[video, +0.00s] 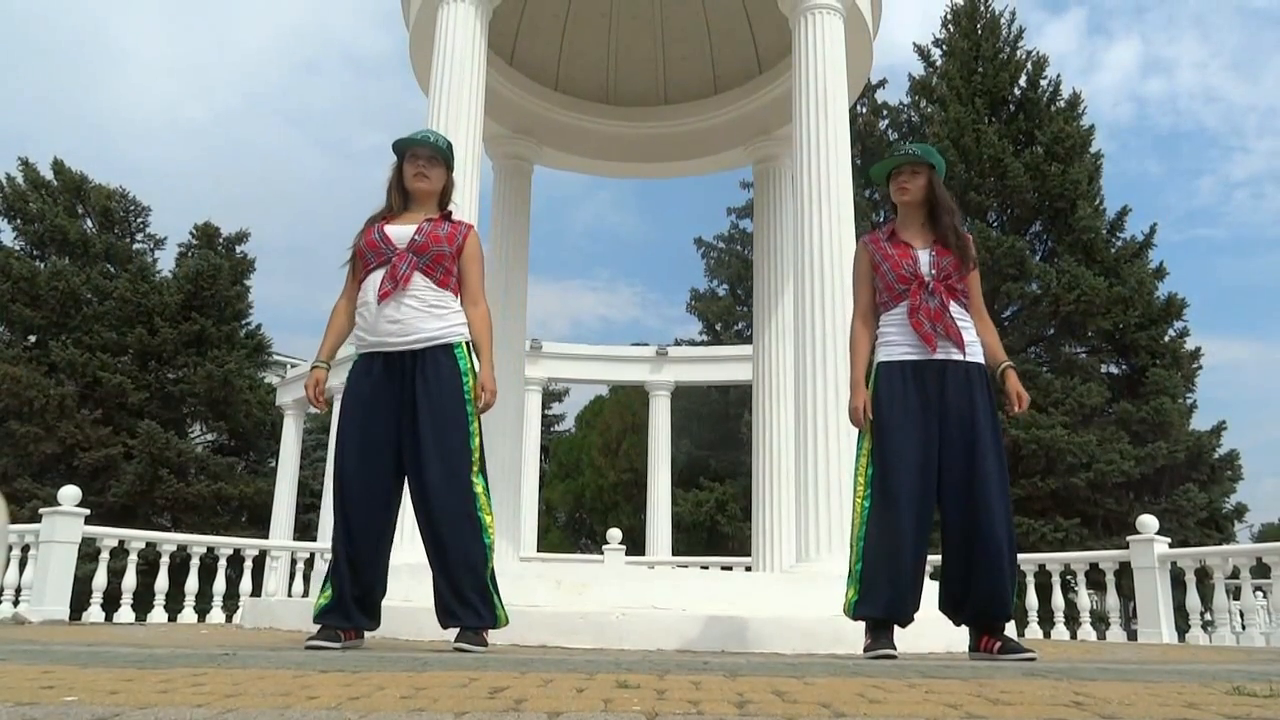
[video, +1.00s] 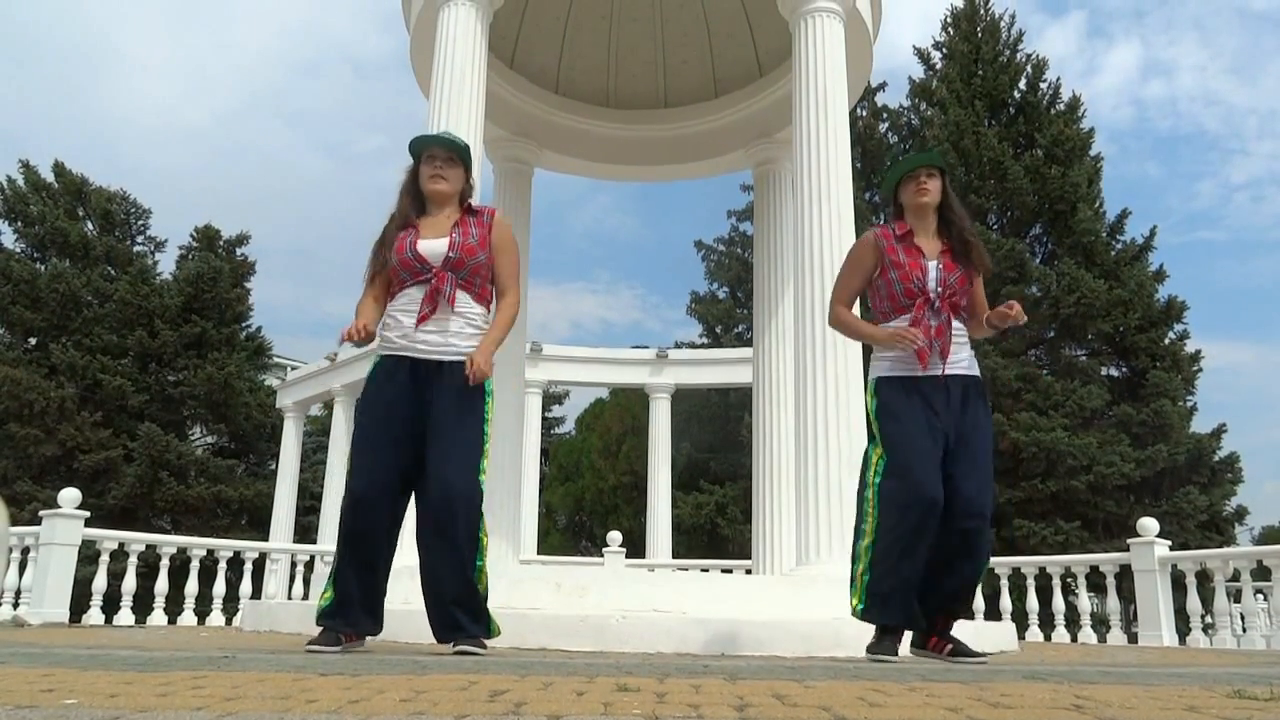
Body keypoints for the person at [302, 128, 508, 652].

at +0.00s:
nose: (421, 165)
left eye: (432, 160)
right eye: (413, 158)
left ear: (448, 174)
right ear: (399, 168)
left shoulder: (459, 232)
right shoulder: (372, 231)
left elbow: (475, 303)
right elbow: (348, 302)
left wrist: (486, 367)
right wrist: (322, 362)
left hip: (440, 366)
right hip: (373, 369)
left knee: (447, 491)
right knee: (359, 491)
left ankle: (472, 621)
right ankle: (346, 618)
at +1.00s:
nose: (437, 167)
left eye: (447, 161)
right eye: (429, 160)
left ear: (466, 175)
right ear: (415, 172)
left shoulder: (491, 225)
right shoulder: (397, 231)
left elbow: (509, 297)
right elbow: (377, 288)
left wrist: (487, 348)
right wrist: (365, 321)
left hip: (458, 375)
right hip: (394, 372)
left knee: (451, 500)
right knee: (368, 495)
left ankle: (461, 629)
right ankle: (348, 621)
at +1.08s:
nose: (437, 177)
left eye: (447, 171)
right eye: (428, 171)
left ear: (468, 184)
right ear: (415, 184)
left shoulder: (492, 235)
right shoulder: (394, 236)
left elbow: (489, 303)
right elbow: (374, 292)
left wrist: (421, 303)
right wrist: (410, 270)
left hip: (467, 379)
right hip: (402, 377)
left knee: (456, 503)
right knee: (360, 478)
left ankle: (462, 631)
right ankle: (353, 587)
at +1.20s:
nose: (426, 157)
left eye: (438, 151)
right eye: (419, 149)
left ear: (459, 166)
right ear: (406, 162)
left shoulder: (484, 208)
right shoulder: (388, 214)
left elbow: (447, 251)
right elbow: (392, 247)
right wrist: (464, 205)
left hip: (466, 365)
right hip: (398, 360)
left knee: (467, 497)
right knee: (355, 469)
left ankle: (467, 628)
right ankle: (365, 554)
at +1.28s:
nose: (412, 131)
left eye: (425, 125)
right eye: (405, 122)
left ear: (444, 138)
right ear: (390, 132)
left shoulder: (469, 170)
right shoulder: (374, 178)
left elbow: (458, 224)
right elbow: (378, 221)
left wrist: (415, 179)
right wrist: (440, 172)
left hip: (463, 341)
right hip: (394, 335)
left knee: (470, 472)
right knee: (369, 452)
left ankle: (474, 610)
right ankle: (339, 583)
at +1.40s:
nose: (401, 115)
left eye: (414, 110)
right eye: (390, 106)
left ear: (427, 124)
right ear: (370, 117)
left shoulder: (454, 164)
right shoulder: (354, 167)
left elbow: (500, 231)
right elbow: (320, 226)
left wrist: (490, 179)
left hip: (452, 339)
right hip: (380, 335)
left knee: (474, 465)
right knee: (359, 464)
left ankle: (483, 588)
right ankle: (315, 608)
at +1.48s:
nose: (393, 122)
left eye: (406, 118)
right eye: (383, 114)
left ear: (422, 137)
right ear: (364, 129)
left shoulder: (443, 185)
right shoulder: (341, 186)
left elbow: (499, 252)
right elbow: (288, 256)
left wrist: (523, 206)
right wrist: (263, 183)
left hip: (435, 360)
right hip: (364, 355)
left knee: (469, 482)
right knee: (352, 477)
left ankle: (482, 590)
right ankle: (316, 621)